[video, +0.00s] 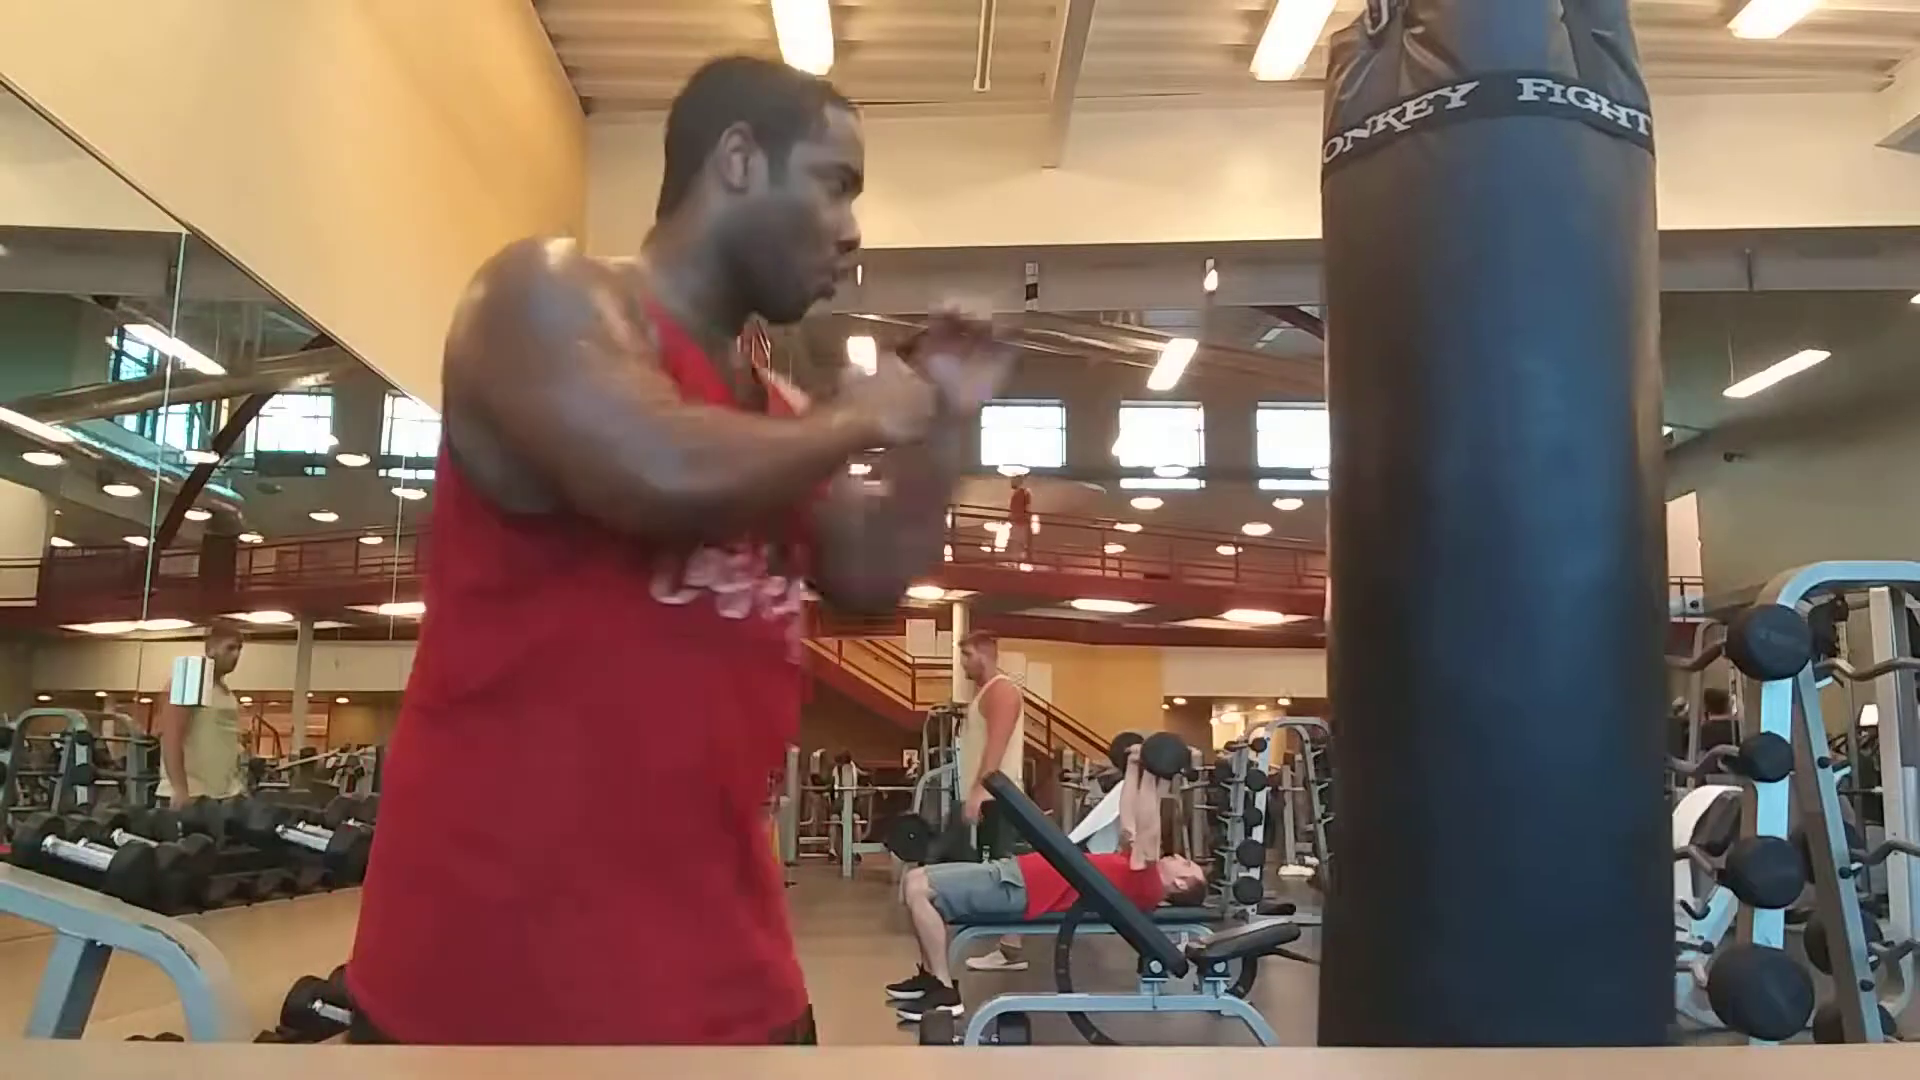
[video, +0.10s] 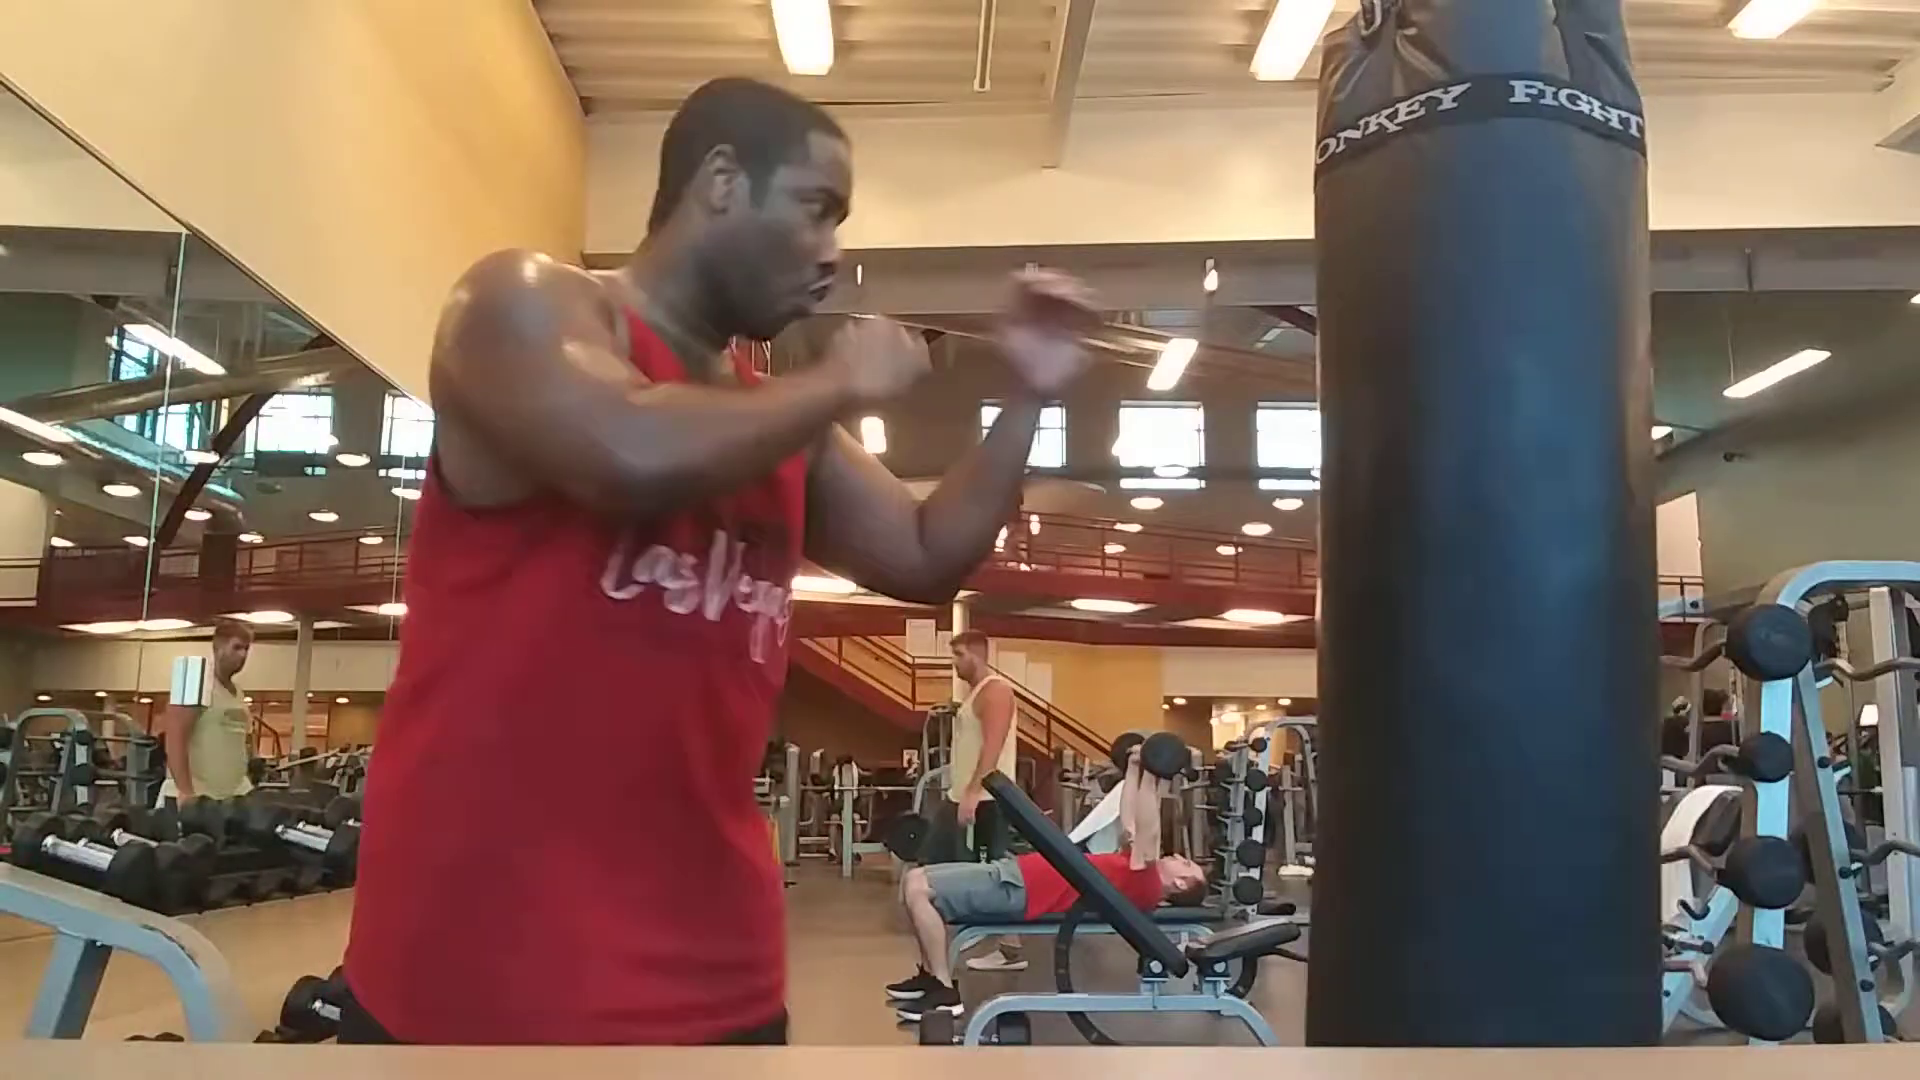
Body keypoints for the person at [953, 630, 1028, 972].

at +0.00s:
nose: (963, 662)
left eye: (967, 655)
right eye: (963, 656)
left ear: (986, 654)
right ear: (977, 655)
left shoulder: (1002, 690)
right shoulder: (985, 693)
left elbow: (997, 744)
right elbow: (984, 744)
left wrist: (979, 789)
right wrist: (972, 789)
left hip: (998, 798)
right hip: (986, 798)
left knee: (1004, 870)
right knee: (993, 870)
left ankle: (1010, 945)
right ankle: (1005, 942)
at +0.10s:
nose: (954, 663)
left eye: (958, 656)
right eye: (954, 656)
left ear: (975, 656)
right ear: (971, 657)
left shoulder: (995, 690)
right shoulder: (976, 693)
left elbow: (993, 744)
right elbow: (978, 746)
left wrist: (973, 791)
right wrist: (961, 789)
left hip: (988, 801)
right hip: (969, 800)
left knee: (999, 872)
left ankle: (1010, 945)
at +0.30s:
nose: (929, 663)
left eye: (934, 656)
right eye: (929, 657)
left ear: (954, 656)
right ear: (945, 658)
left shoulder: (974, 693)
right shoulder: (949, 696)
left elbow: (981, 747)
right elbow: (947, 753)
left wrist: (966, 799)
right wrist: (931, 797)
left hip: (963, 806)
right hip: (942, 804)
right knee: (919, 874)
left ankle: (1002, 945)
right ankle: (913, 943)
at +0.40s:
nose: (916, 687)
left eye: (923, 677)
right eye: (913, 681)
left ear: (940, 669)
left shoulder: (959, 700)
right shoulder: (925, 705)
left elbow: (968, 753)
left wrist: (959, 802)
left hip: (950, 807)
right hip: (924, 805)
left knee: (965, 878)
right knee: (915, 876)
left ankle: (996, 944)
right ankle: (907, 943)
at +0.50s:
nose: (903, 661)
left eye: (907, 655)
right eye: (902, 656)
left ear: (925, 655)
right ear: (914, 658)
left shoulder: (948, 690)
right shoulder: (920, 694)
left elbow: (959, 743)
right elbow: (922, 747)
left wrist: (949, 796)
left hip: (932, 802)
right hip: (910, 800)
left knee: (929, 879)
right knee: (908, 877)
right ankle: (907, 942)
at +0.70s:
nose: (884, 661)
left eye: (889, 654)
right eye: (882, 655)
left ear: (909, 654)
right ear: (887, 658)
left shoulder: (930, 689)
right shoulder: (891, 696)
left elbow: (941, 744)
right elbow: (882, 745)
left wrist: (921, 793)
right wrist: (868, 788)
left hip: (921, 798)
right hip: (892, 798)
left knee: (910, 876)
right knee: (898, 876)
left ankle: (912, 947)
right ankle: (908, 945)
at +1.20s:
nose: (847, 663)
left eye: (852, 655)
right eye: (844, 657)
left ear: (875, 647)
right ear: (841, 656)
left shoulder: (898, 690)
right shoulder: (844, 688)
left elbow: (916, 749)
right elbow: (830, 739)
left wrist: (917, 802)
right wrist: (814, 783)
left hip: (878, 795)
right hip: (844, 797)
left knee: (861, 877)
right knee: (847, 875)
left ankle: (863, 957)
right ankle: (889, 927)